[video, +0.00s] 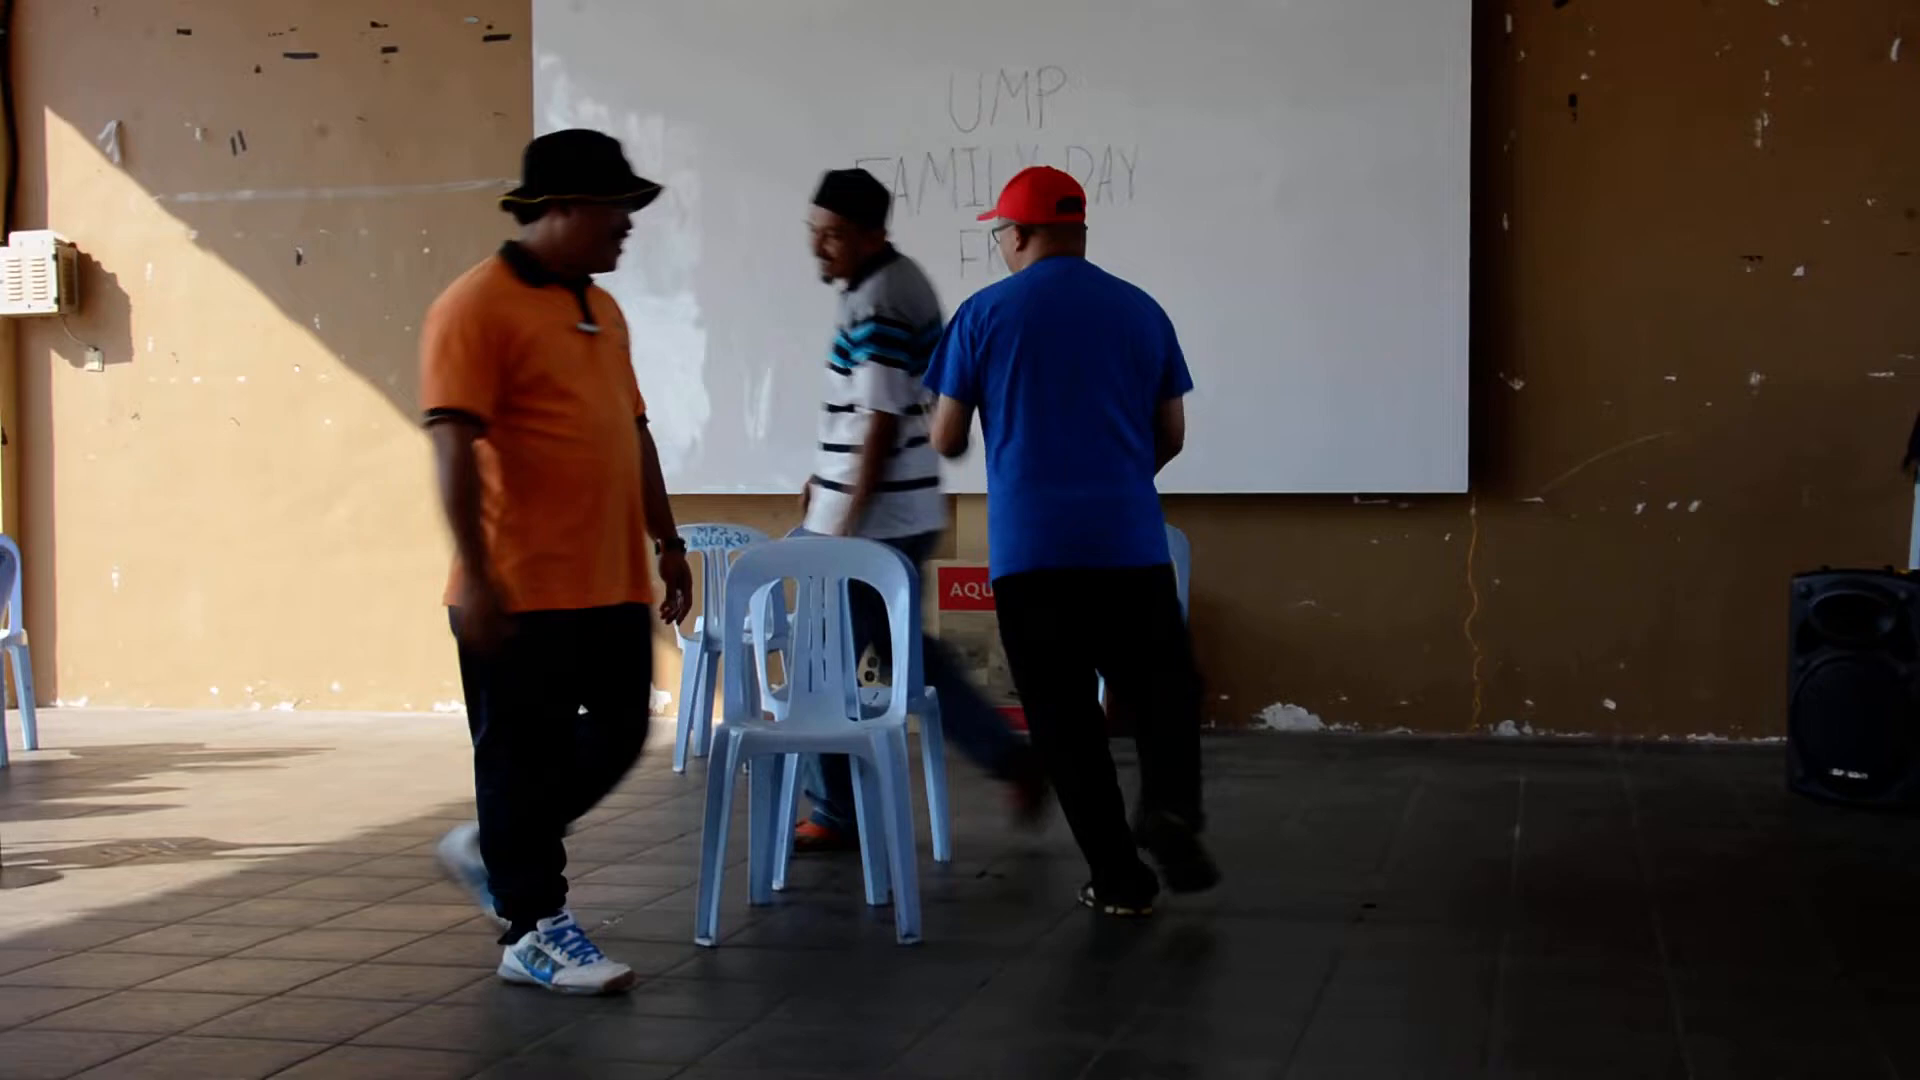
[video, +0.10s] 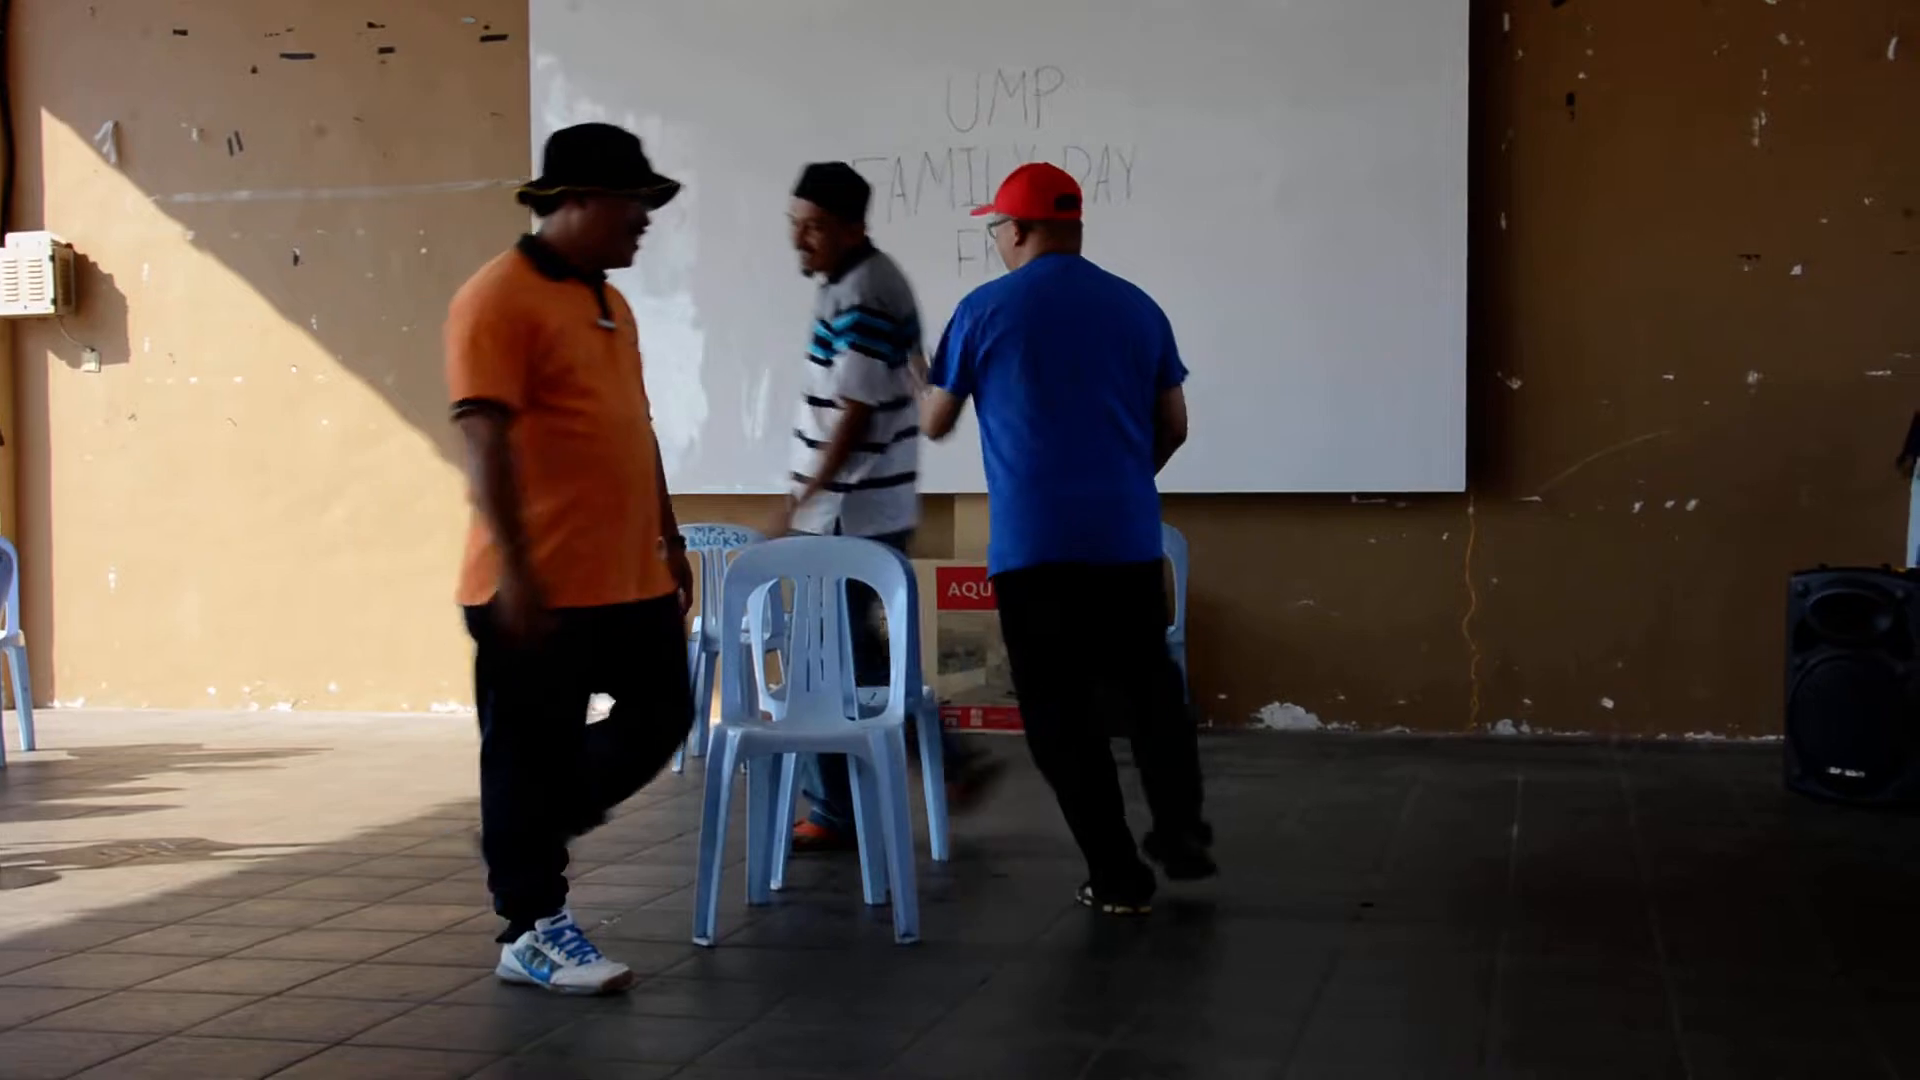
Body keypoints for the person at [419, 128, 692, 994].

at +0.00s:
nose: (626, 229)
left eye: (627, 214)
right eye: (612, 214)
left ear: (584, 215)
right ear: (555, 213)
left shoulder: (602, 311)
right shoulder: (472, 308)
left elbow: (634, 434)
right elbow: (453, 449)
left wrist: (667, 542)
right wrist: (471, 571)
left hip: (609, 579)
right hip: (516, 585)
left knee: (617, 736)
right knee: (524, 762)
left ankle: (489, 846)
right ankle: (533, 928)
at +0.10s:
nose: (642, 227)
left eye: (644, 212)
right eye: (630, 211)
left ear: (599, 209)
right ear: (574, 206)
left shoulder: (611, 304)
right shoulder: (496, 298)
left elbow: (636, 434)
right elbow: (485, 449)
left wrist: (667, 541)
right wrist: (512, 570)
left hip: (623, 575)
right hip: (534, 584)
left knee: (660, 715)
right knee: (530, 763)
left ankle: (541, 818)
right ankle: (530, 929)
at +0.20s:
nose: (672, 221)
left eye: (674, 206)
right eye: (660, 204)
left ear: (628, 203)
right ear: (604, 197)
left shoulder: (617, 291)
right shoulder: (535, 281)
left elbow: (629, 431)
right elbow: (535, 420)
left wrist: (663, 537)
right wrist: (581, 546)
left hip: (646, 564)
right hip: (562, 572)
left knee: (706, 694)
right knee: (553, 746)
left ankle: (610, 857)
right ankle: (529, 922)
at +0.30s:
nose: (704, 222)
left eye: (706, 206)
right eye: (693, 204)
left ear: (656, 205)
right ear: (644, 199)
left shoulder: (641, 284)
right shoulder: (576, 278)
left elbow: (646, 419)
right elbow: (587, 412)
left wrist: (682, 517)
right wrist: (651, 528)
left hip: (670, 563)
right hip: (590, 566)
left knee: (731, 714)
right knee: (567, 750)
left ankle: (716, 896)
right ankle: (530, 922)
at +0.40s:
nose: (754, 234)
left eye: (759, 217)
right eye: (746, 213)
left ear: (696, 209)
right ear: (694, 203)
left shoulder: (679, 289)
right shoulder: (620, 279)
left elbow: (684, 426)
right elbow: (641, 411)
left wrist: (758, 415)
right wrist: (718, 526)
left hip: (695, 566)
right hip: (625, 570)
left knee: (741, 744)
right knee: (584, 753)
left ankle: (811, 910)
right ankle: (527, 920)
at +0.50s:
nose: (784, 226)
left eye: (785, 209)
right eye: (772, 208)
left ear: (732, 208)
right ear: (718, 206)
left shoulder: (714, 289)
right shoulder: (671, 282)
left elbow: (718, 416)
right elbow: (693, 414)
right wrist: (772, 530)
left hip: (741, 573)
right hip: (673, 574)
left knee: (788, 753)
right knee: (623, 752)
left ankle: (825, 915)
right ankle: (536, 906)